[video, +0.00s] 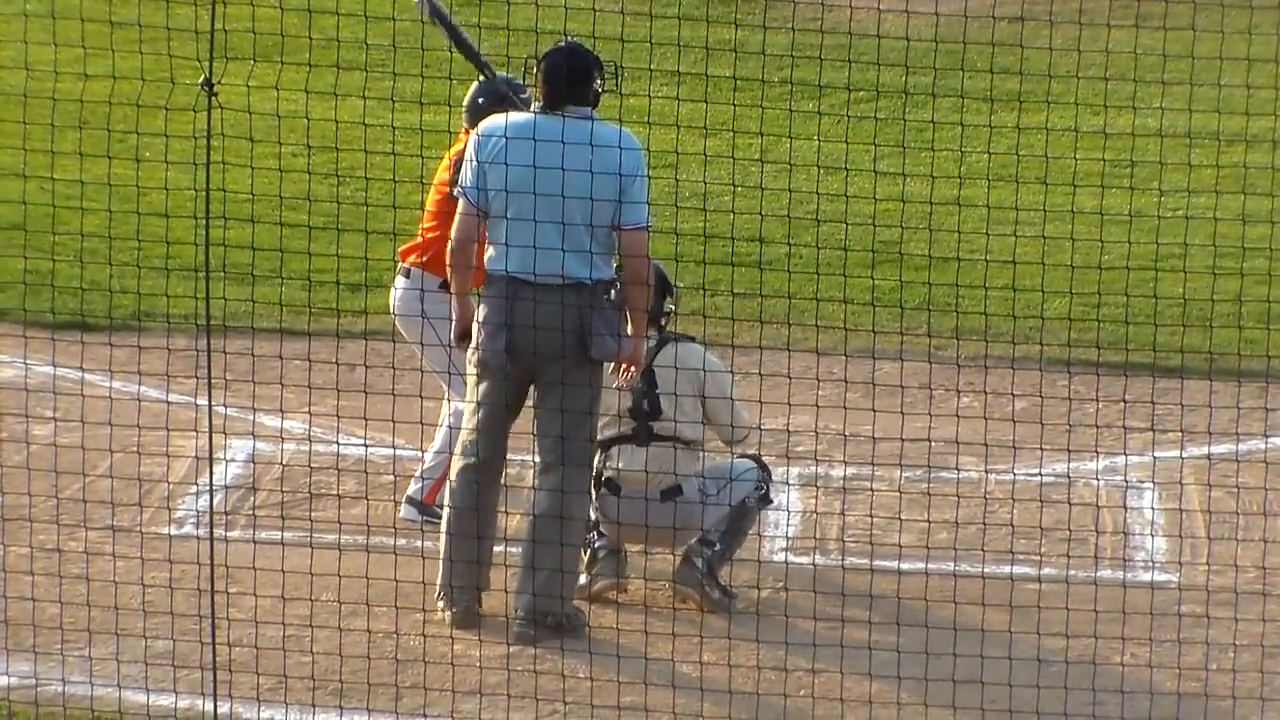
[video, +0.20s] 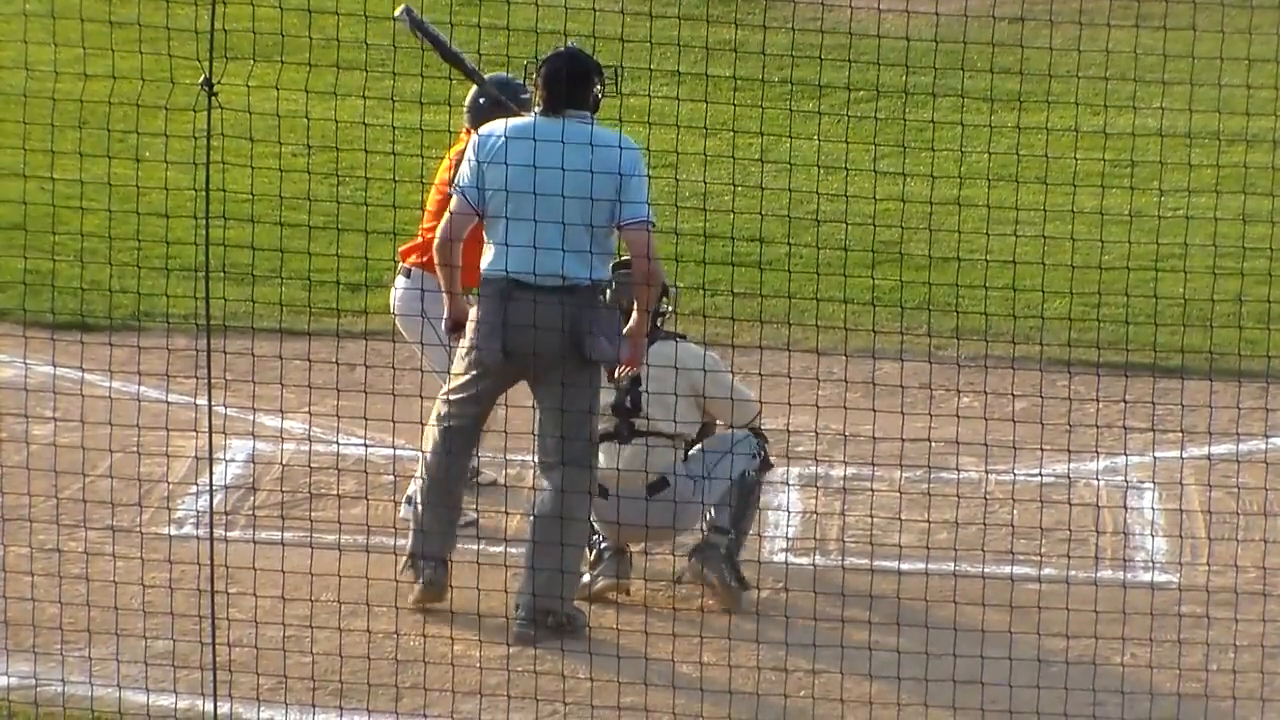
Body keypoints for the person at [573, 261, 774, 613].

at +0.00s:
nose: (663, 306)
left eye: (632, 298)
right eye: (663, 300)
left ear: (614, 305)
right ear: (662, 307)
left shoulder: (599, 356)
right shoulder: (691, 356)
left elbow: (579, 433)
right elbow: (736, 432)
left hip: (611, 510)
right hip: (676, 512)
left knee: (579, 461)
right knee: (755, 474)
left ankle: (603, 554)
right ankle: (701, 563)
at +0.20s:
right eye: (659, 298)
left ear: (605, 309)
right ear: (658, 308)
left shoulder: (592, 358)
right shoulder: (686, 357)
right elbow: (746, 413)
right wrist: (702, 424)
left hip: (601, 511)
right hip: (663, 511)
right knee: (749, 444)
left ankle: (608, 555)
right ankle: (718, 551)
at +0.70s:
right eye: (716, 312)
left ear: (661, 318)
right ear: (713, 320)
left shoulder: (632, 360)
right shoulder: (727, 368)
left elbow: (598, 414)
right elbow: (788, 428)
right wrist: (730, 443)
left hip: (618, 500)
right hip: (685, 505)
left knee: (604, 451)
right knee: (775, 461)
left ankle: (601, 568)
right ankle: (776, 581)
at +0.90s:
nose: (736, 328)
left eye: (733, 319)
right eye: (734, 320)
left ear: (678, 322)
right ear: (728, 327)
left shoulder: (644, 365)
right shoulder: (739, 376)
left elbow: (623, 426)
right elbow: (802, 435)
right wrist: (746, 444)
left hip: (632, 504)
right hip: (694, 509)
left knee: (624, 450)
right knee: (781, 462)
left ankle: (607, 569)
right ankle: (778, 582)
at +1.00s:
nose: (738, 329)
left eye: (734, 320)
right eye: (736, 322)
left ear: (679, 324)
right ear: (731, 328)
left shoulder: (649, 368)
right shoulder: (742, 378)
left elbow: (625, 426)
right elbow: (805, 439)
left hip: (634, 504)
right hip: (692, 511)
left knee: (626, 451)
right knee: (781, 466)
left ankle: (607, 567)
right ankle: (777, 583)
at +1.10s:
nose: (739, 331)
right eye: (736, 324)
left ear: (679, 326)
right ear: (731, 331)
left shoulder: (649, 370)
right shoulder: (741, 383)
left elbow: (630, 430)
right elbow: (808, 449)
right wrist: (821, 464)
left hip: (634, 506)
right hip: (694, 510)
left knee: (626, 454)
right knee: (778, 471)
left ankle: (605, 569)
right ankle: (776, 585)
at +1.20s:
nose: (736, 339)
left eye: (735, 331)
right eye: (733, 332)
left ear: (678, 333)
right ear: (727, 336)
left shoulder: (649, 376)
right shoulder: (739, 391)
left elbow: (627, 439)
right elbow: (797, 455)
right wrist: (831, 491)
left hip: (627, 517)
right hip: (685, 523)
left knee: (621, 459)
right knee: (776, 478)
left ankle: (606, 576)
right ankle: (778, 590)